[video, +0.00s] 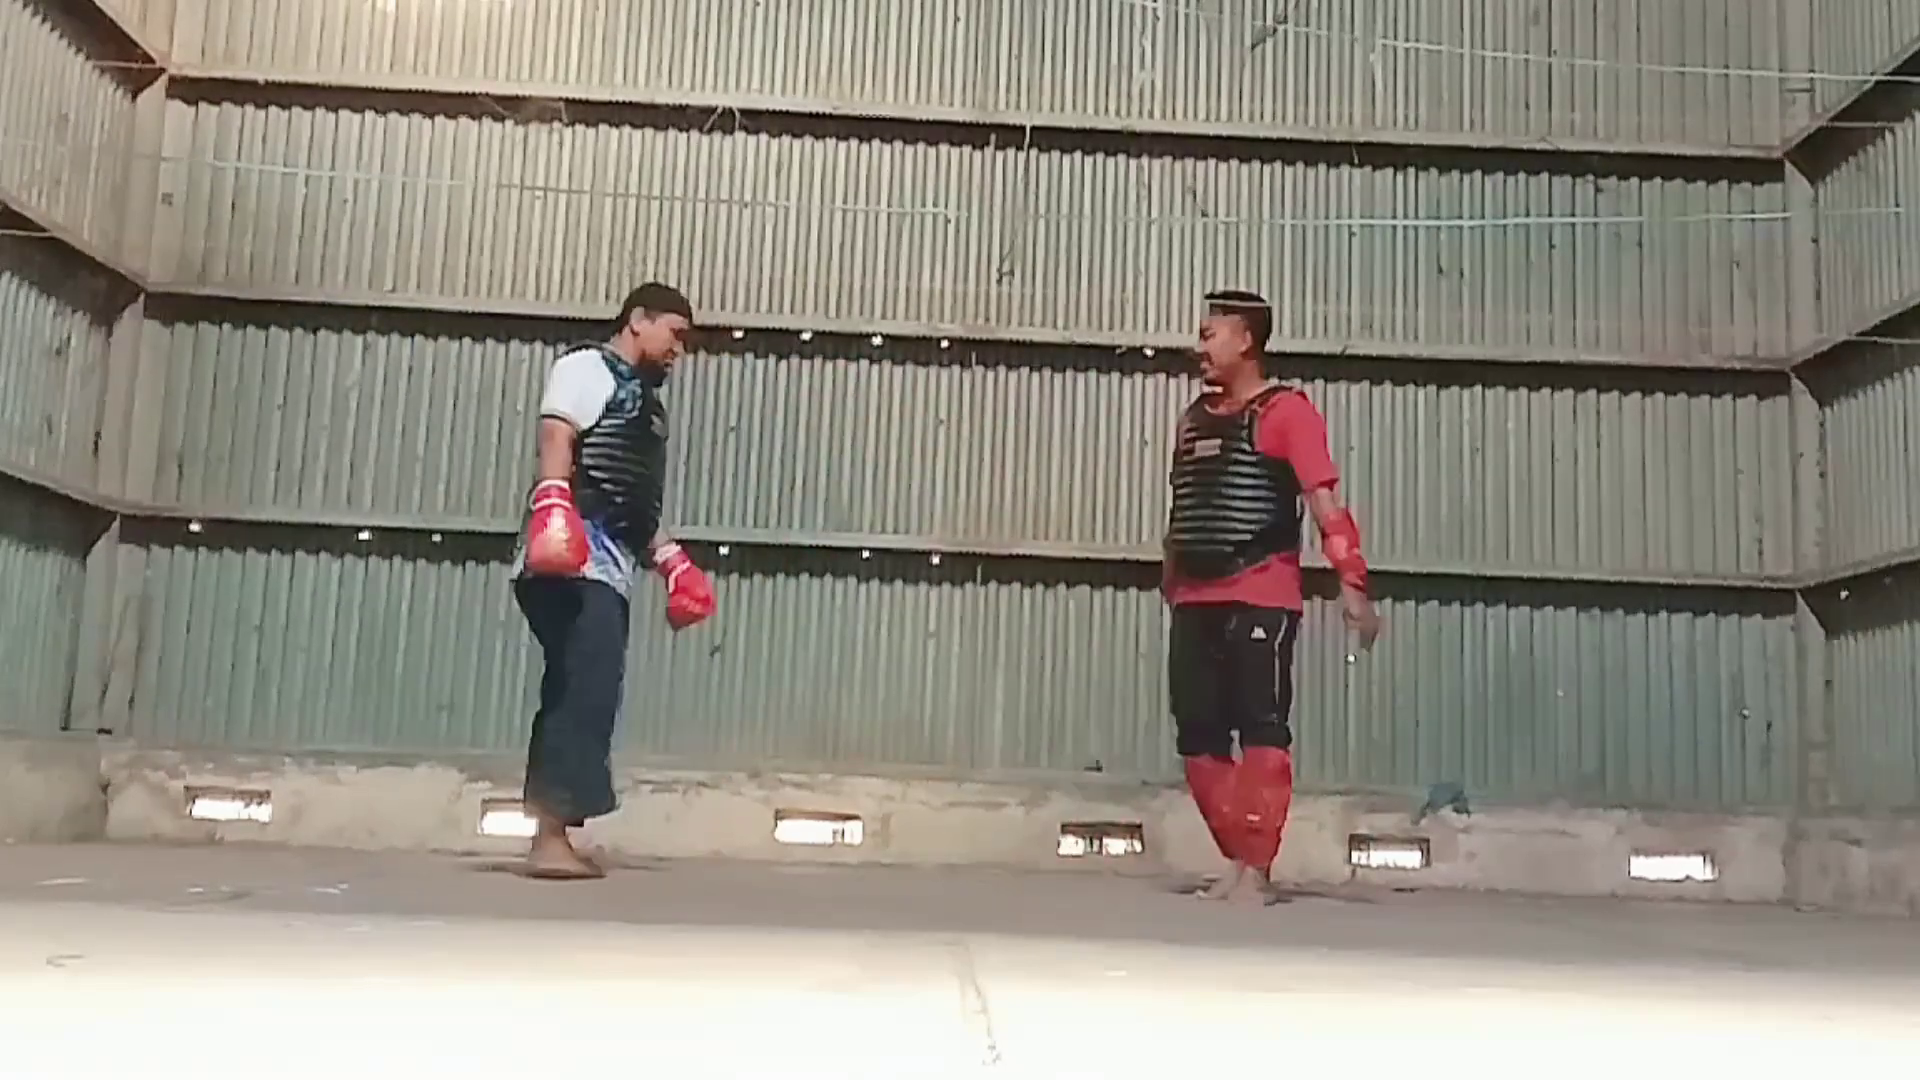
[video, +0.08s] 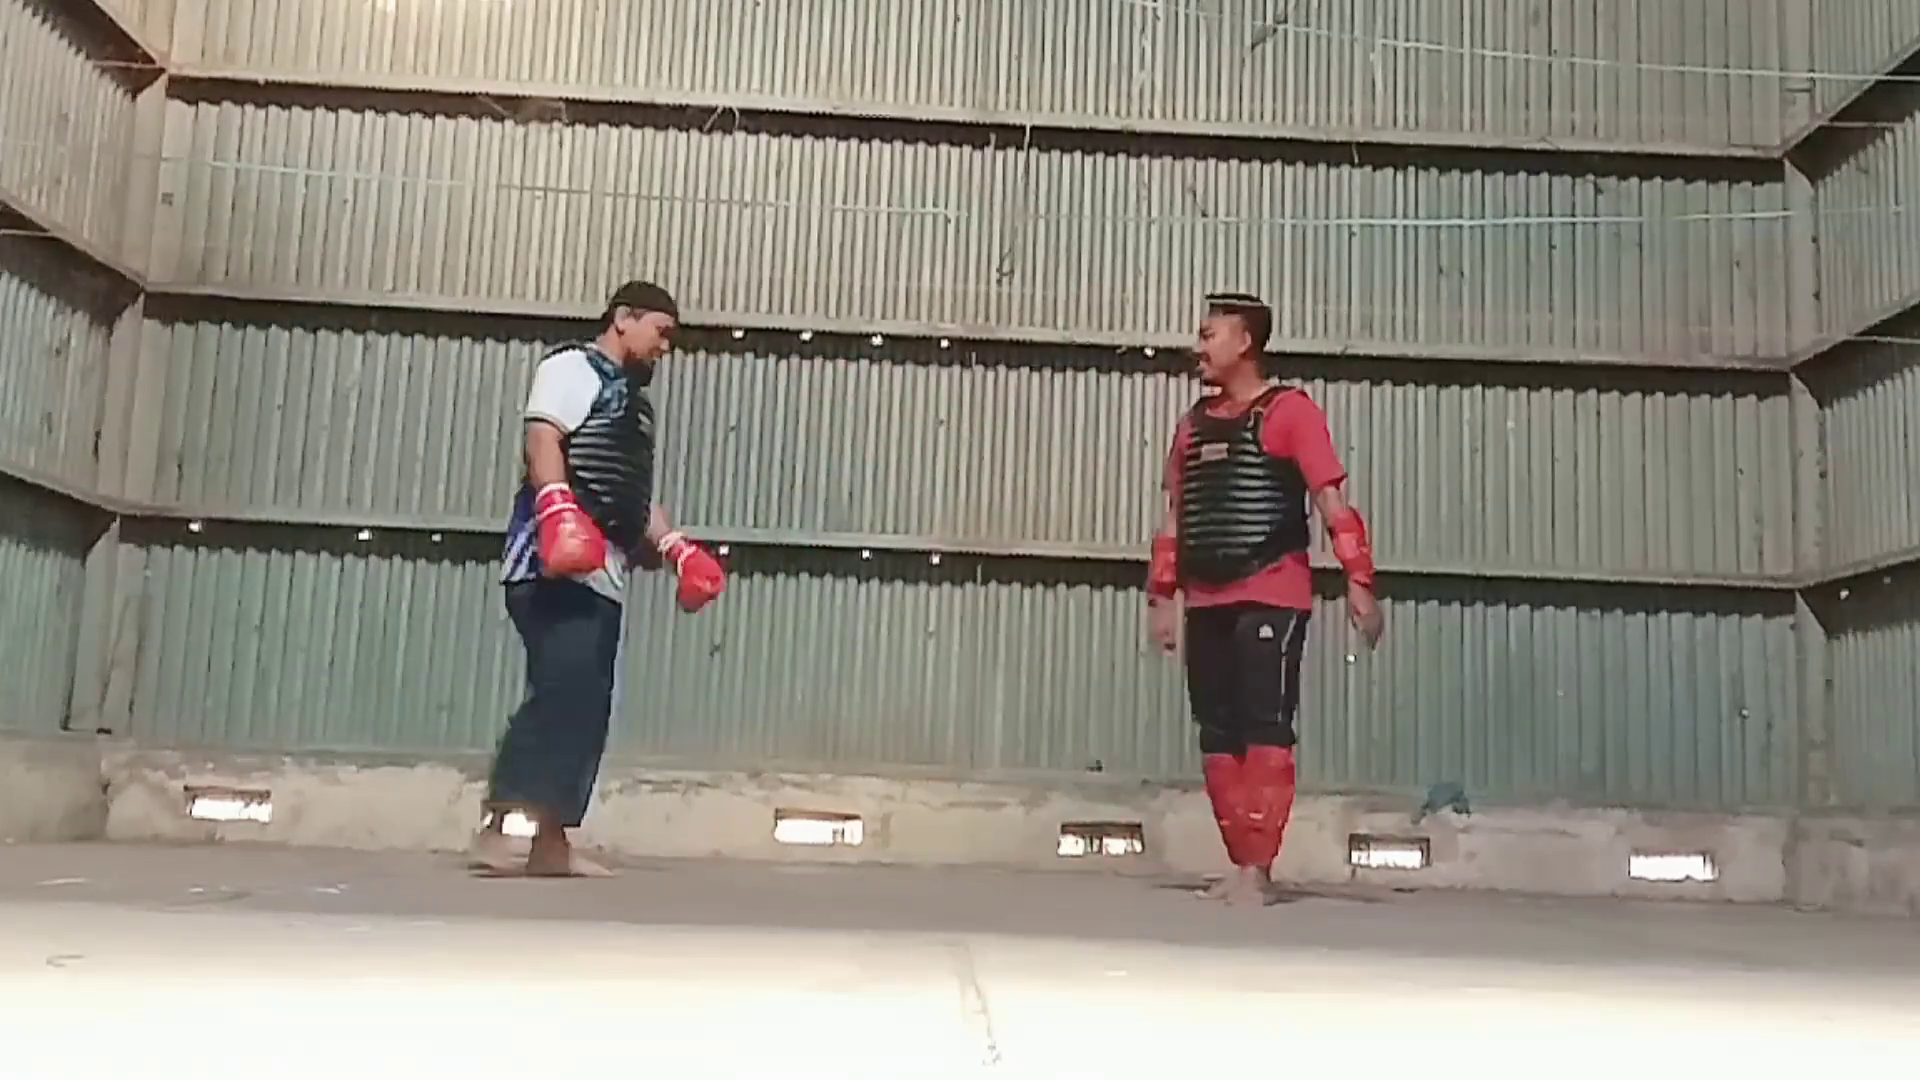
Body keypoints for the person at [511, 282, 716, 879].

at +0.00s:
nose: (680, 348)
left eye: (684, 338)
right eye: (675, 334)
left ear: (650, 329)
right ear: (638, 322)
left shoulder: (646, 401)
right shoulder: (585, 367)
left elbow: (634, 501)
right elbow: (555, 439)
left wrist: (672, 562)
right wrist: (554, 507)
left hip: (609, 567)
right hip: (572, 554)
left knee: (581, 687)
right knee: (585, 682)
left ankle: (557, 829)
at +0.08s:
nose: (665, 346)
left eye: (670, 337)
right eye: (661, 333)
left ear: (637, 328)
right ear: (624, 320)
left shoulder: (634, 399)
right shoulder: (574, 366)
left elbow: (630, 497)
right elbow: (543, 438)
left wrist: (679, 547)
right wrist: (559, 510)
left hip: (602, 575)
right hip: (557, 563)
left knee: (587, 702)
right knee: (565, 690)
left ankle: (552, 843)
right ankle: (501, 823)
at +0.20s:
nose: (644, 340)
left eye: (648, 330)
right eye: (637, 326)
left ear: (611, 324)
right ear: (599, 317)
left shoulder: (615, 398)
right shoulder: (552, 366)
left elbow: (617, 492)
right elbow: (524, 444)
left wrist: (671, 526)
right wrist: (571, 506)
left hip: (587, 574)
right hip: (531, 564)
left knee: (576, 701)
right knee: (513, 687)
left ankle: (552, 840)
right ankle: (434, 822)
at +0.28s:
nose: (621, 335)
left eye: (624, 325)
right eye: (614, 321)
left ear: (587, 320)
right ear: (574, 314)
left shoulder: (592, 392)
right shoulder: (530, 367)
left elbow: (586, 496)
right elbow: (506, 444)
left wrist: (648, 512)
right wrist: (569, 498)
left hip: (570, 582)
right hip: (510, 574)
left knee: (567, 709)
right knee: (464, 700)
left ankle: (552, 842)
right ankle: (395, 835)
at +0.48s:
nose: (585, 329)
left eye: (587, 319)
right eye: (576, 316)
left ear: (557, 320)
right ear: (534, 313)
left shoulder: (557, 389)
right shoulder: (483, 373)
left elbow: (542, 483)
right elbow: (466, 455)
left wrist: (577, 540)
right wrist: (546, 507)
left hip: (536, 583)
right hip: (464, 579)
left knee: (559, 706)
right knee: (421, 702)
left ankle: (556, 841)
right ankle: (387, 843)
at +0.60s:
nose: (579, 324)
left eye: (581, 313)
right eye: (570, 310)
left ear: (543, 313)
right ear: (530, 308)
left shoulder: (555, 383)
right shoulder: (475, 369)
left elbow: (540, 476)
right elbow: (442, 448)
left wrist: (561, 535)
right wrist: (513, 499)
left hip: (534, 579)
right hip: (462, 576)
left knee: (558, 693)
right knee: (424, 700)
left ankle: (564, 833)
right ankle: (387, 840)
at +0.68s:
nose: (580, 324)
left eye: (582, 313)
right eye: (571, 311)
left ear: (545, 313)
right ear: (532, 309)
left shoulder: (556, 384)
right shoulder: (474, 372)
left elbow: (540, 475)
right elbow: (434, 450)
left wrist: (562, 538)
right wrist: (505, 507)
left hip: (535, 579)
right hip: (464, 578)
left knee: (559, 694)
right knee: (424, 698)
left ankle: (583, 833)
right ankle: (387, 839)